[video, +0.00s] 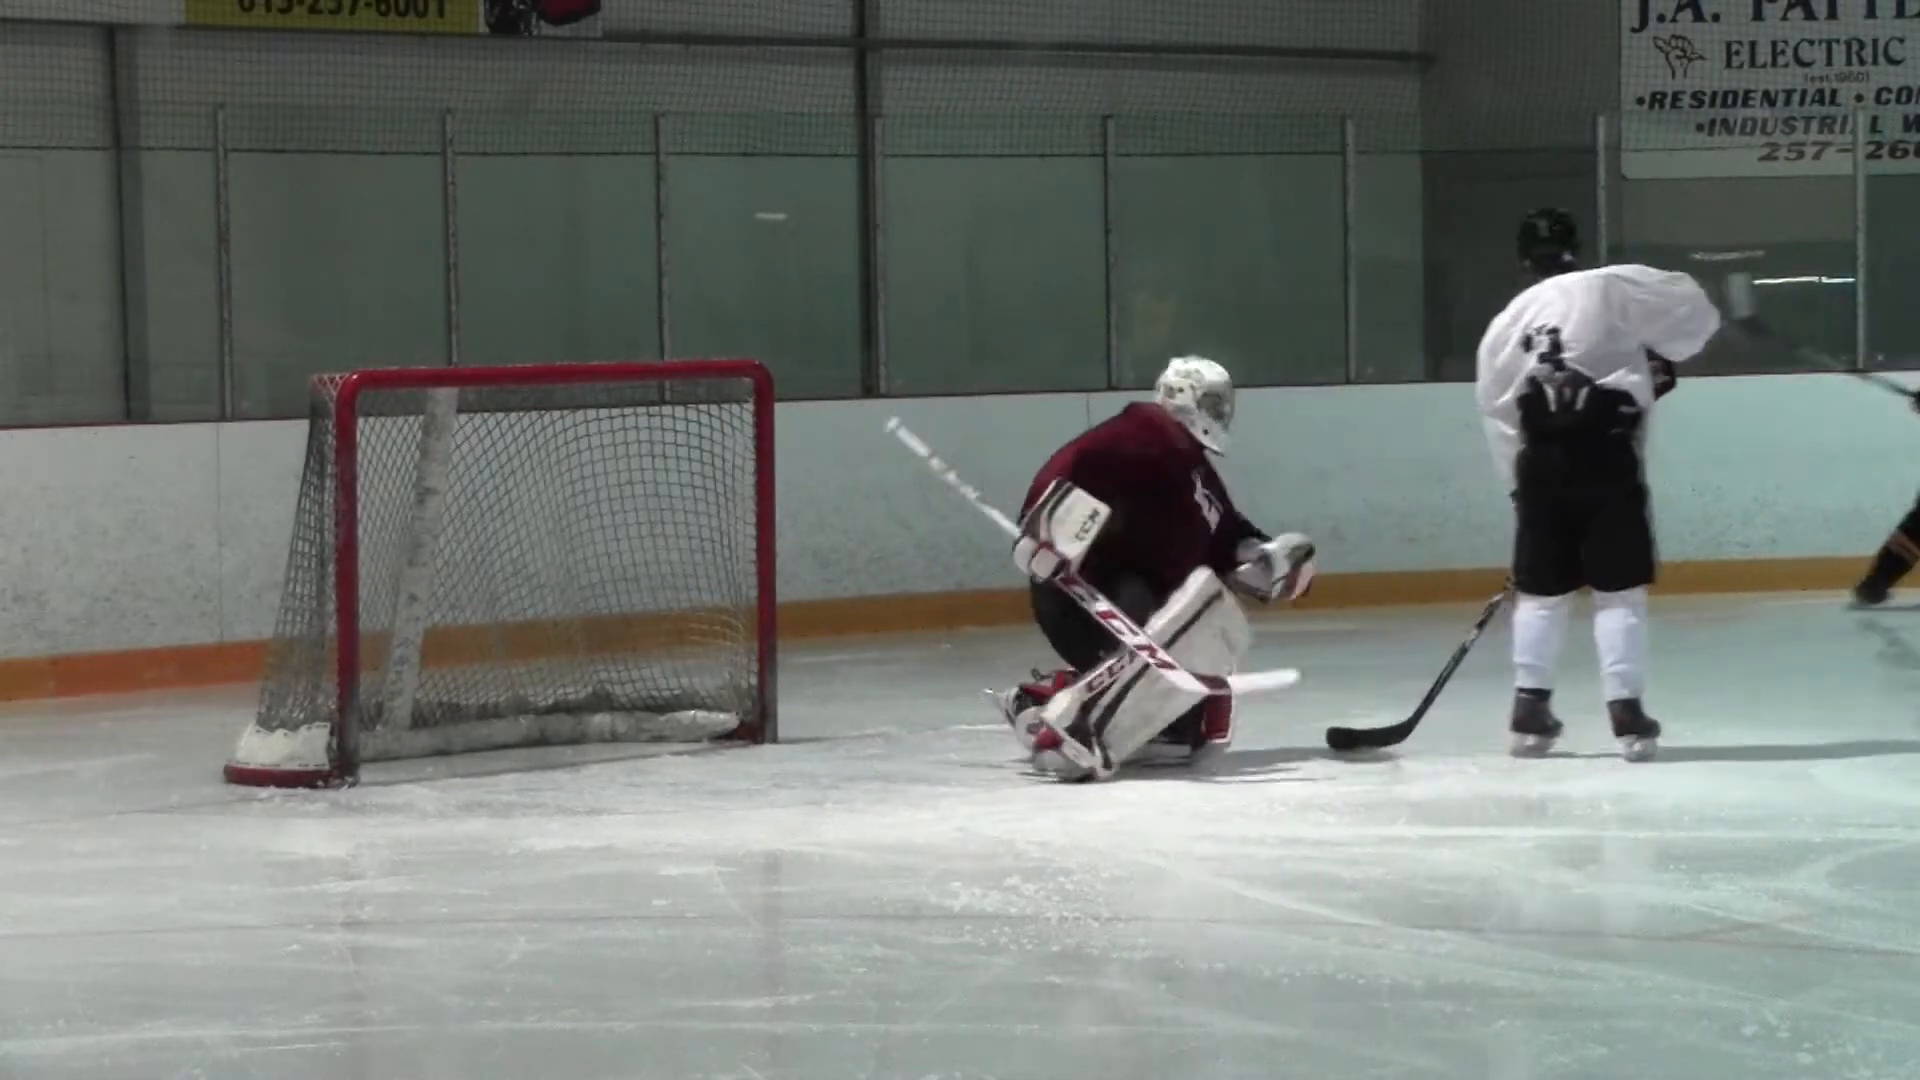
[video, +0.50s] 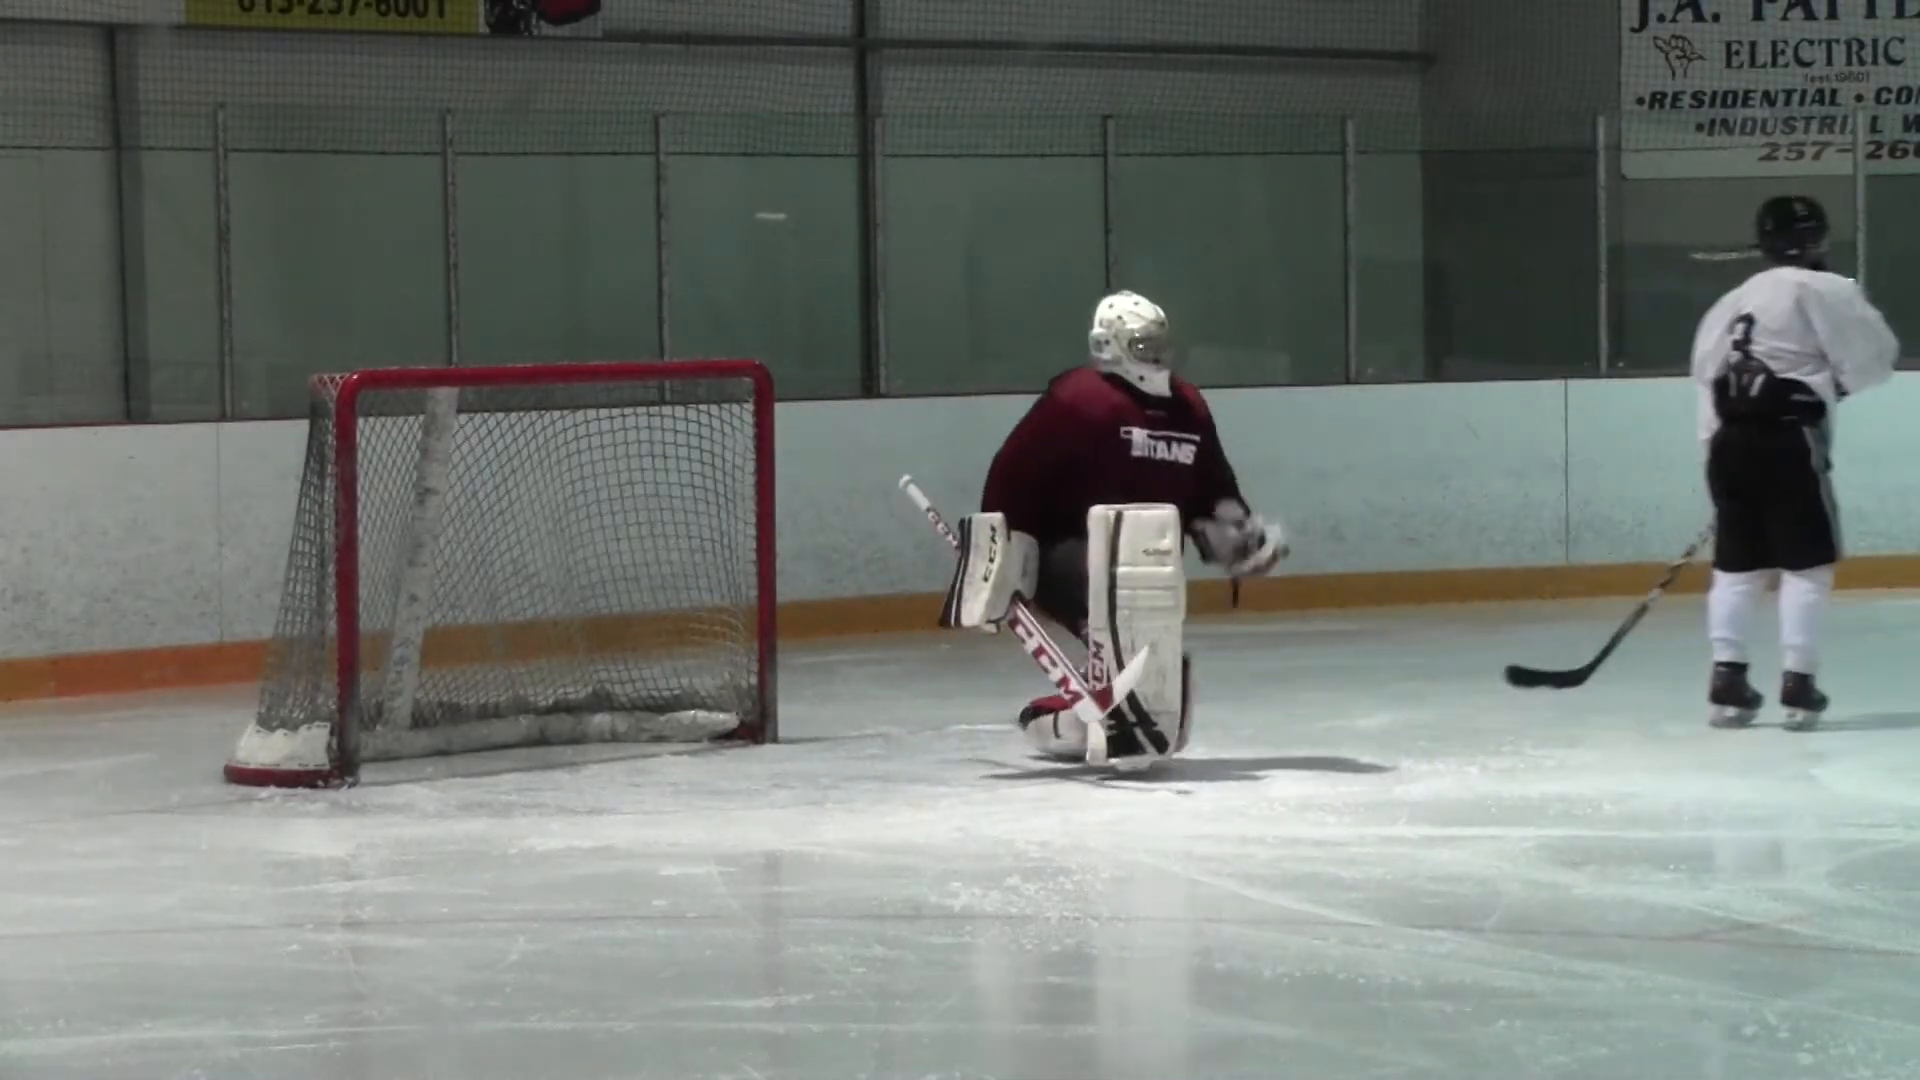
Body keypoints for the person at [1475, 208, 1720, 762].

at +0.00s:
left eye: (1538, 257)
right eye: (1568, 251)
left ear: (1525, 260)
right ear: (1575, 250)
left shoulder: (1504, 325)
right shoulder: (1611, 285)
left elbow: (1499, 417)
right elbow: (1696, 309)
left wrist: (1519, 485)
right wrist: (1663, 364)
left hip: (1542, 464)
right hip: (1609, 457)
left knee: (1540, 587)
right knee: (1618, 587)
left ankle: (1530, 707)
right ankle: (1625, 708)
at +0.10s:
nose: (1614, 256)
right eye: (1615, 245)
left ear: (1569, 253)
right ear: (1620, 246)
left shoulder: (1544, 318)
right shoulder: (1649, 289)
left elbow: (1536, 412)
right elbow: (1733, 333)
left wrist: (1548, 487)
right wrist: (1688, 365)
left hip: (1577, 461)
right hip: (1644, 456)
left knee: (1580, 582)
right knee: (1652, 579)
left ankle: (1569, 699)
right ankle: (1655, 702)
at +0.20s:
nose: (1662, 249)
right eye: (1665, 240)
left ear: (1615, 247)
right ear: (1666, 243)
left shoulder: (1587, 312)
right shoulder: (1694, 289)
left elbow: (1574, 404)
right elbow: (1765, 346)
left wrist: (1583, 479)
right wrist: (1710, 365)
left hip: (1611, 460)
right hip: (1678, 456)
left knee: (1616, 579)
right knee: (1685, 576)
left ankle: (1608, 695)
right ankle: (1686, 697)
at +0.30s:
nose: (1717, 247)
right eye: (1717, 239)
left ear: (1664, 245)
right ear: (1715, 242)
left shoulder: (1633, 308)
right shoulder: (1738, 291)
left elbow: (1616, 400)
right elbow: (1799, 353)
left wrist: (1623, 475)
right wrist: (1745, 363)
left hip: (1649, 457)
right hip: (1714, 454)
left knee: (1653, 574)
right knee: (1722, 573)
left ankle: (1645, 689)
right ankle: (1722, 693)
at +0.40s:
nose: (1767, 247)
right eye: (1765, 238)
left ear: (1712, 244)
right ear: (1764, 240)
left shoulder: (1680, 304)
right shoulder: (1780, 289)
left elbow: (1661, 396)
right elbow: (1838, 355)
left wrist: (1665, 466)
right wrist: (1782, 378)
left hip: (1687, 451)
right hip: (1751, 450)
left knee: (1692, 567)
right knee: (1763, 567)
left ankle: (1683, 682)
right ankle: (1760, 686)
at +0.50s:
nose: (1821, 248)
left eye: (1817, 238)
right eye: (1819, 239)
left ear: (1764, 243)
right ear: (1813, 240)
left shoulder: (1728, 303)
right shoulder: (1823, 289)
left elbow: (1708, 395)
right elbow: (1876, 357)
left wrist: (1714, 466)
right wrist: (1822, 385)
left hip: (1729, 450)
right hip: (1789, 449)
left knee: (1735, 564)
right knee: (1806, 564)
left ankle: (1726, 679)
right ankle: (1798, 683)